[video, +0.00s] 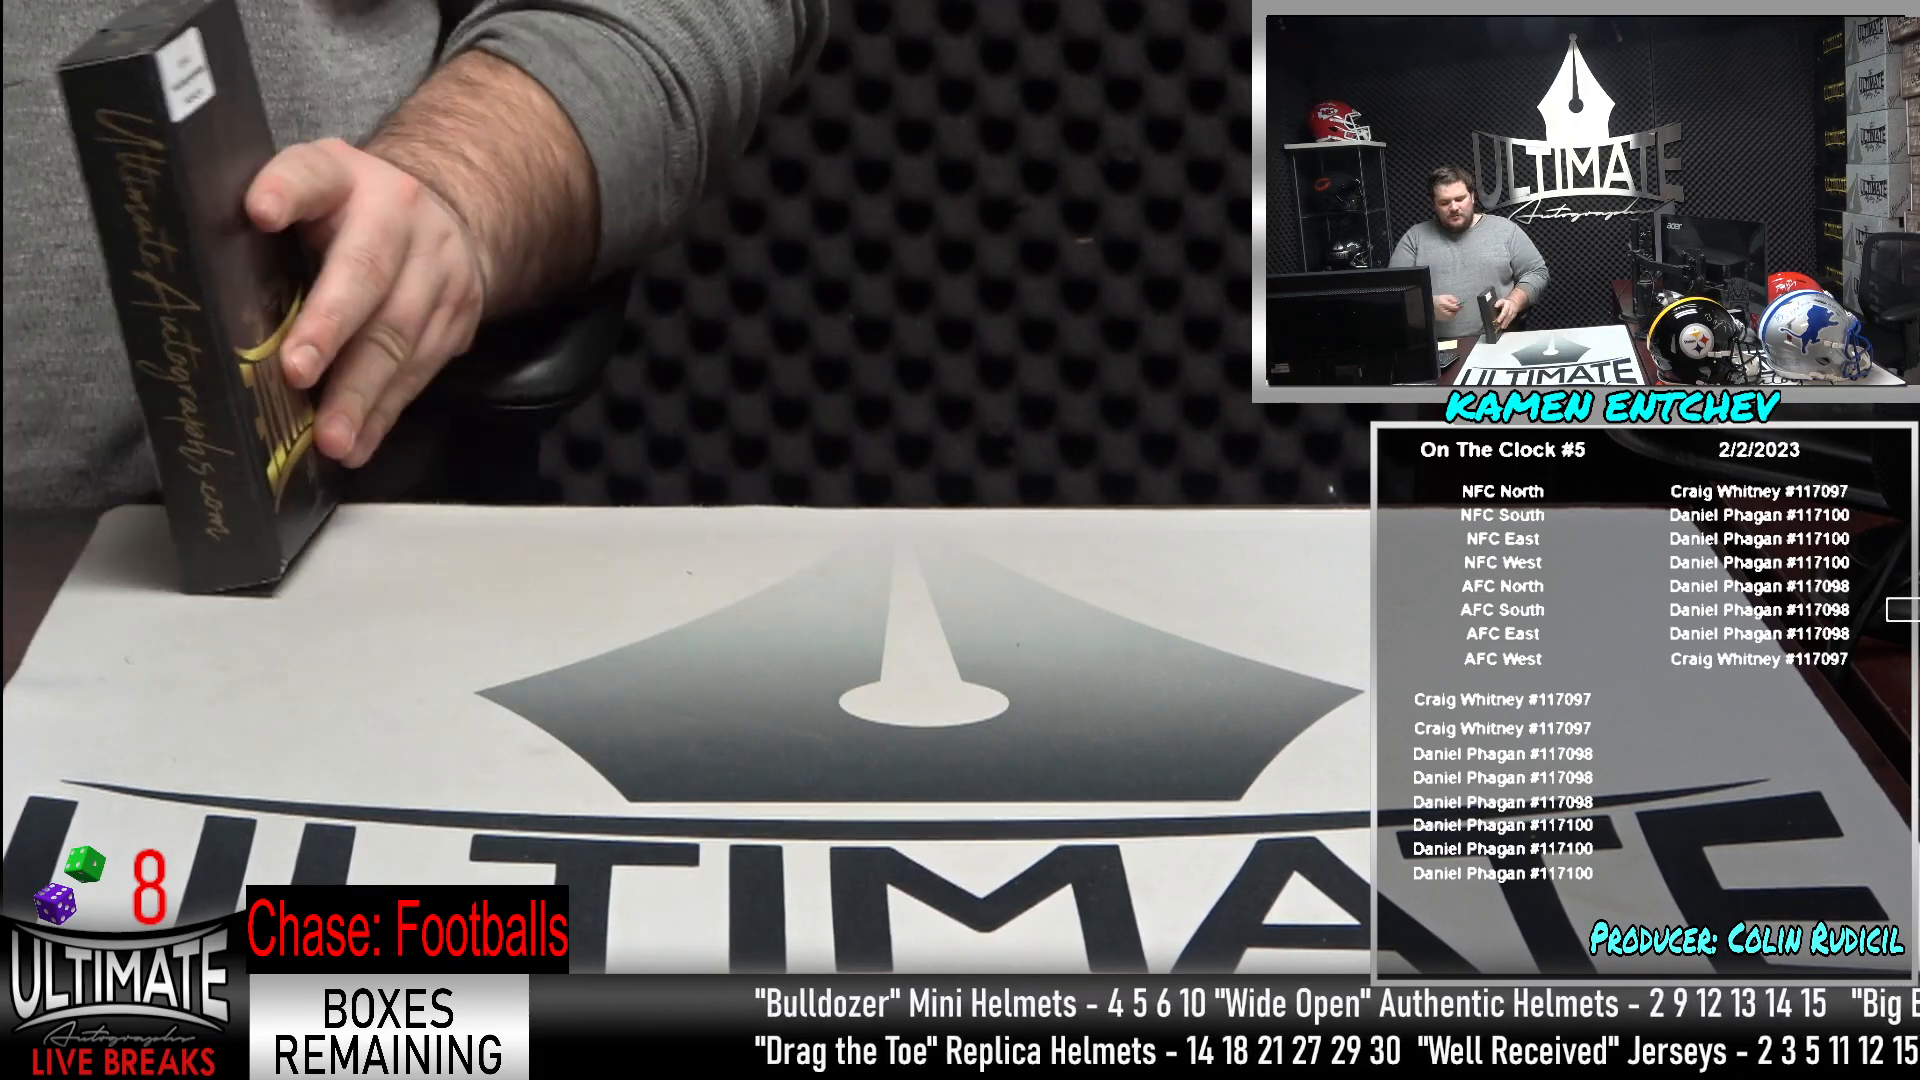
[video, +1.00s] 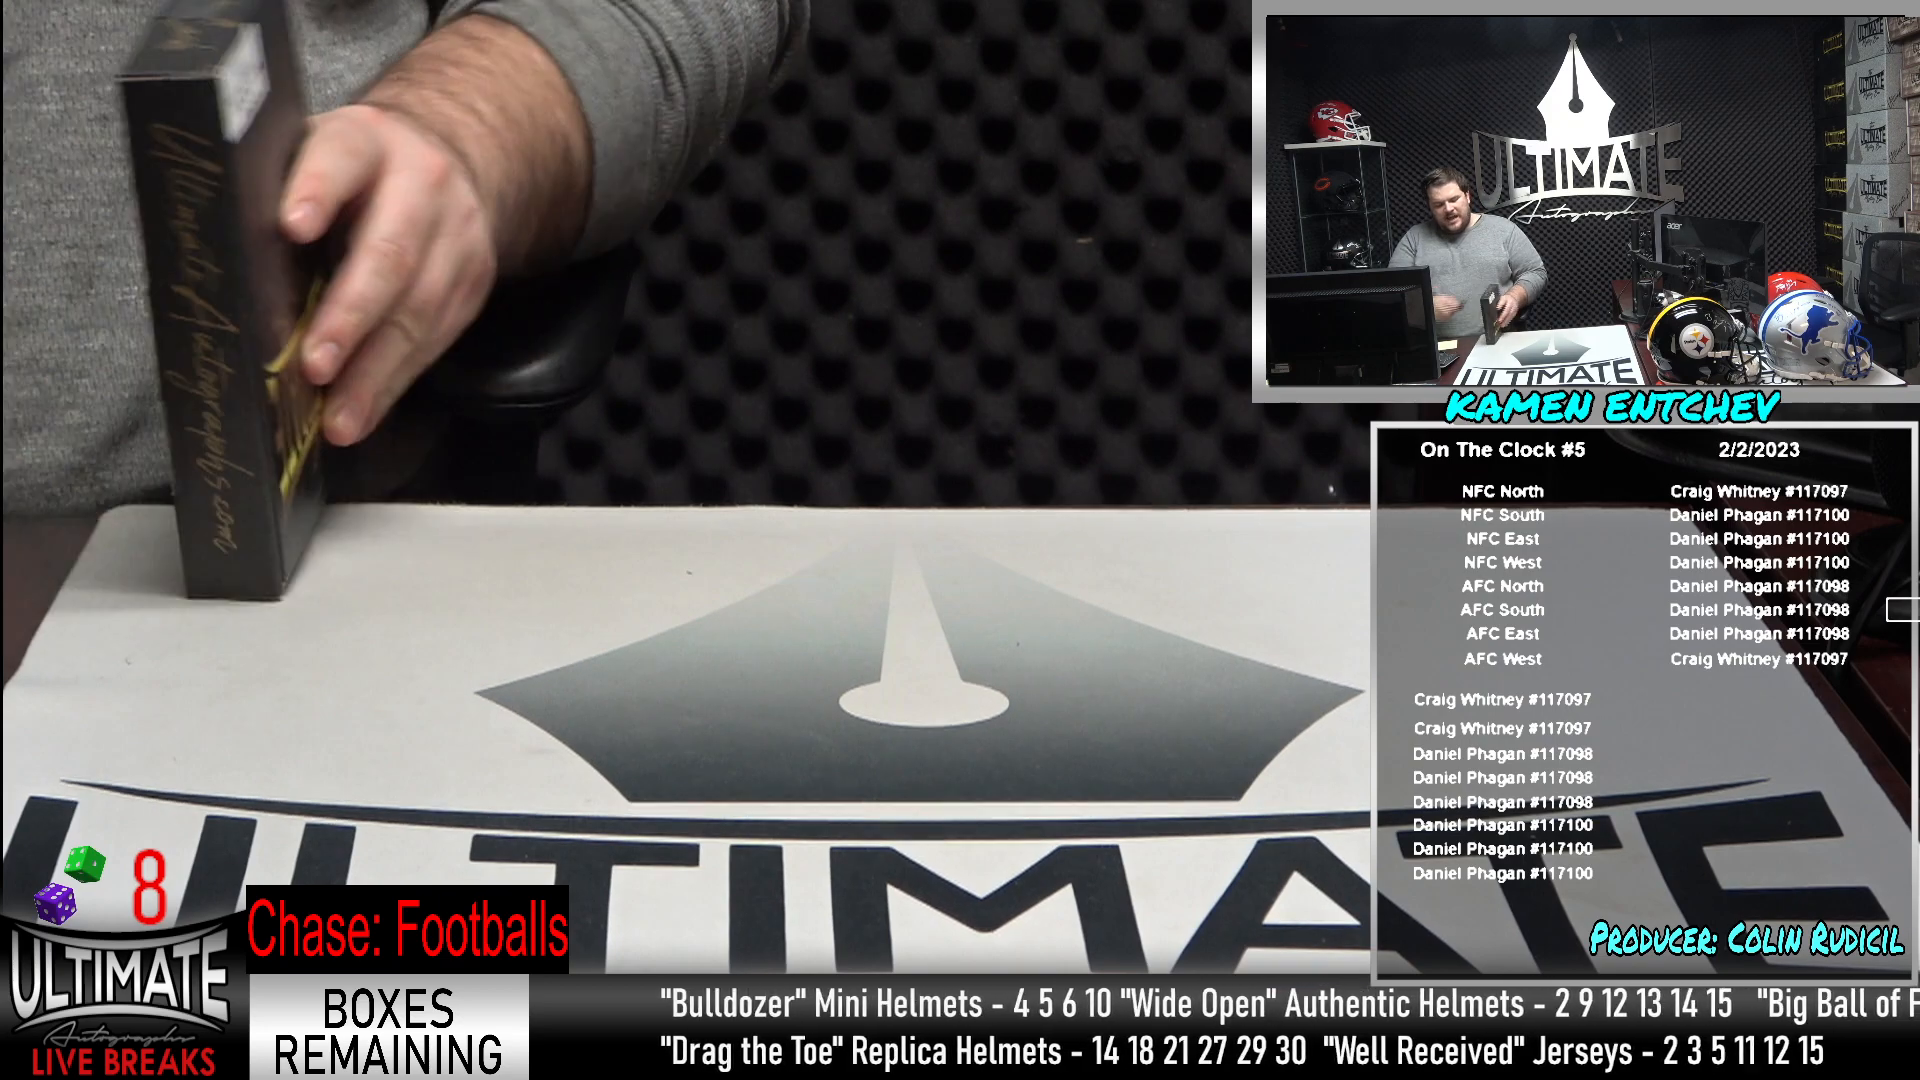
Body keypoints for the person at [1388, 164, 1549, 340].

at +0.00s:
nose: (1454, 208)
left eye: (1460, 199)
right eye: (1445, 202)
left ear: (1472, 197)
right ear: (1433, 204)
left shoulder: (1505, 231)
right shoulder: (1416, 238)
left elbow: (1536, 272)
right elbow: (1393, 290)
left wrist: (1515, 302)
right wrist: (1428, 304)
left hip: (1498, 347)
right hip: (1437, 352)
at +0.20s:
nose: (1450, 209)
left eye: (1455, 199)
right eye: (1440, 204)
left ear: (1469, 195)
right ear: (1431, 207)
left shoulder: (1505, 230)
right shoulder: (1416, 238)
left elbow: (1536, 273)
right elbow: (1395, 288)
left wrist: (1512, 302)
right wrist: (1434, 299)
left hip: (1501, 347)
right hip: (1439, 352)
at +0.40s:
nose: (1449, 210)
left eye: (1454, 200)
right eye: (1439, 206)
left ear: (1468, 196)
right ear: (1430, 208)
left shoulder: (1504, 230)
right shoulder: (1415, 238)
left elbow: (1535, 273)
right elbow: (1395, 287)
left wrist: (1512, 301)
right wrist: (1434, 298)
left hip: (1501, 348)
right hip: (1439, 352)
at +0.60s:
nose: (1447, 210)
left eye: (1452, 201)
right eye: (1438, 206)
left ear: (1467, 196)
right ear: (1429, 208)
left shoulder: (1504, 230)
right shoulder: (1415, 239)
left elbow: (1535, 273)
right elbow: (1395, 287)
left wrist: (1508, 302)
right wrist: (1434, 298)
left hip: (1499, 346)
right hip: (1438, 351)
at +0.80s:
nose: (1447, 210)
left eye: (1452, 200)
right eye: (1438, 206)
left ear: (1466, 196)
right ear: (1429, 208)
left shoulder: (1503, 230)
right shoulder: (1415, 239)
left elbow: (1534, 272)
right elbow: (1393, 287)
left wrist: (1510, 300)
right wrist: (1433, 296)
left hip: (1501, 347)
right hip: (1438, 353)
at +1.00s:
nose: (1449, 209)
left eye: (1454, 199)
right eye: (1439, 204)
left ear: (1468, 196)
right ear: (1430, 207)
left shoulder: (1503, 231)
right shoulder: (1415, 239)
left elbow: (1535, 272)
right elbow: (1392, 290)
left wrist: (1515, 297)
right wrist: (1425, 305)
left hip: (1499, 348)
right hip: (1437, 353)